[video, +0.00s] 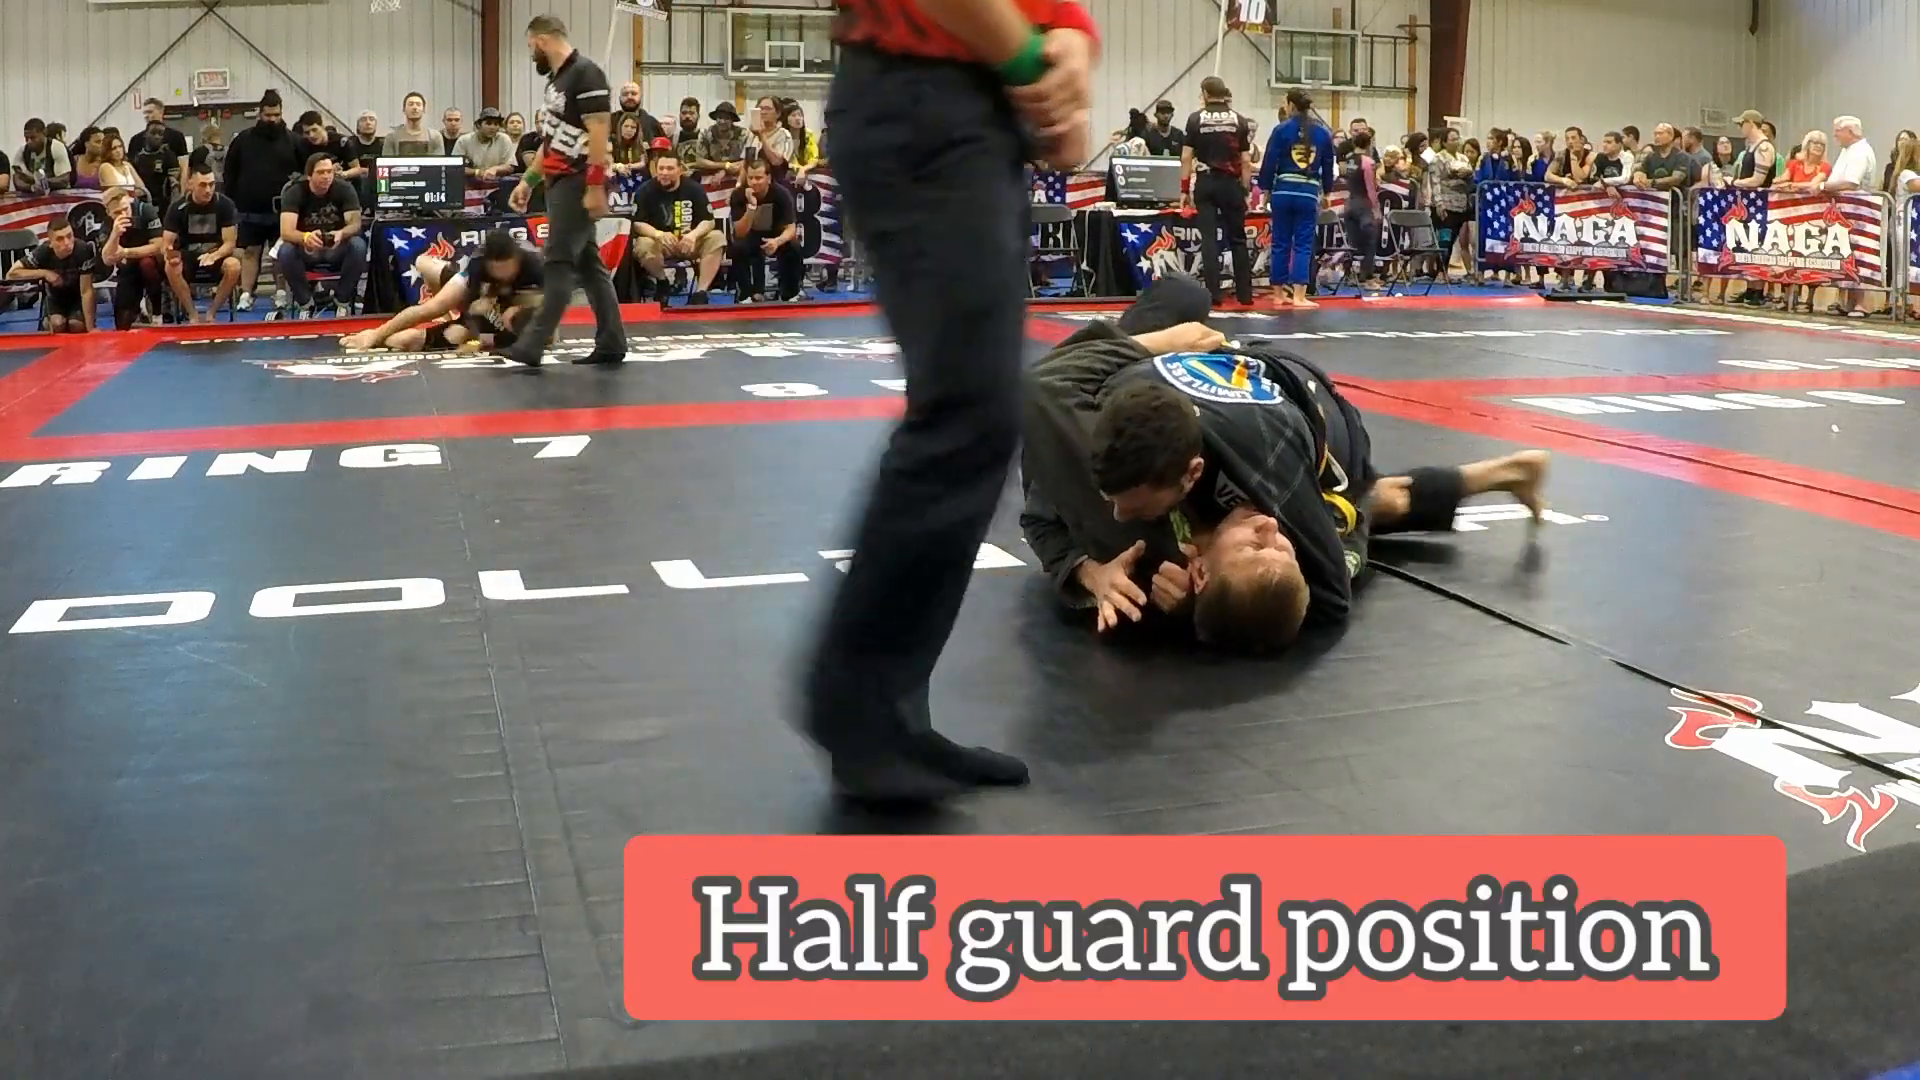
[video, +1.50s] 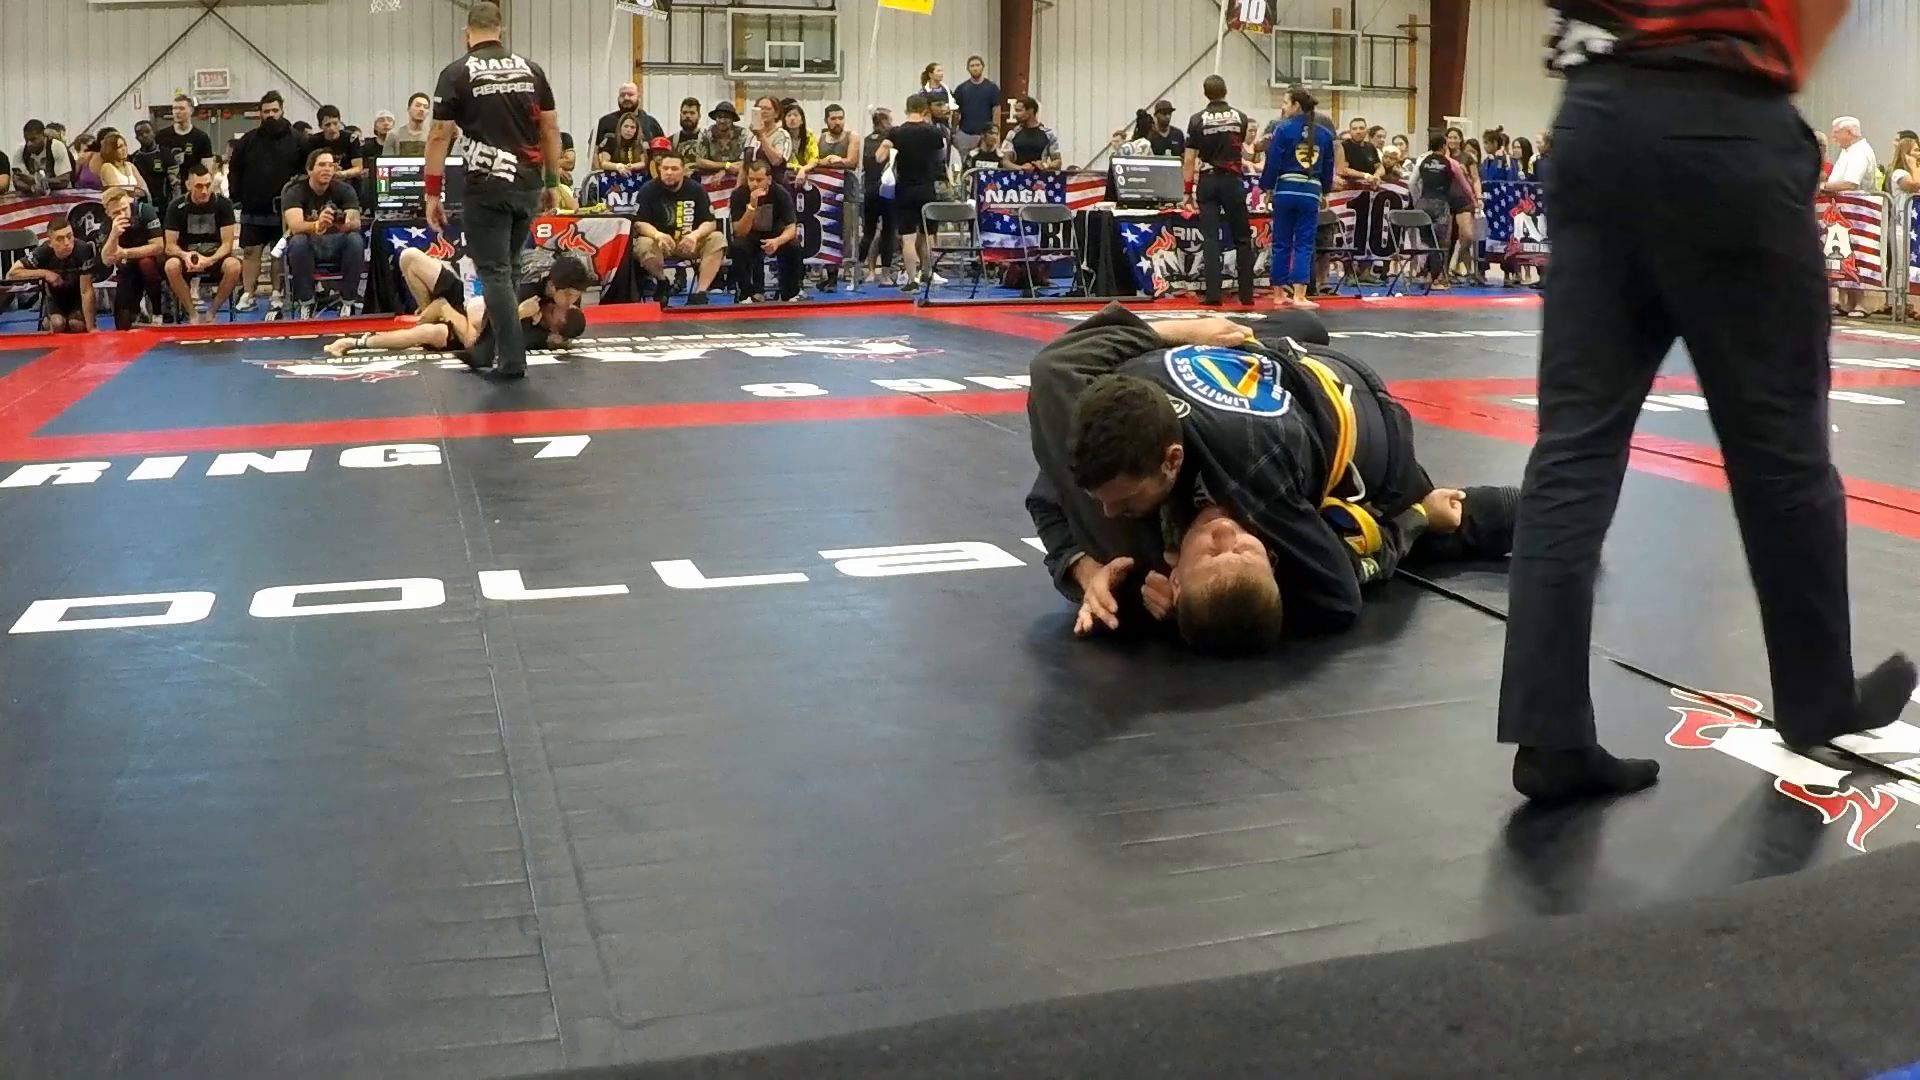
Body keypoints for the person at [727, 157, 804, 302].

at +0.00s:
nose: (754, 182)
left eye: (759, 178)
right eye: (751, 178)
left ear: (768, 178)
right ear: (746, 178)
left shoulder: (782, 194)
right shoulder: (738, 195)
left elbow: (791, 229)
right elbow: (739, 232)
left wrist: (777, 242)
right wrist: (751, 208)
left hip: (776, 236)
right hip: (752, 236)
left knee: (792, 249)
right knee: (738, 249)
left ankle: (789, 295)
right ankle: (745, 296)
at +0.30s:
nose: (754, 182)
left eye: (758, 178)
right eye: (750, 178)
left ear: (768, 178)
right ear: (746, 177)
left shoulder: (781, 194)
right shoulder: (738, 195)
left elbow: (791, 228)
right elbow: (739, 233)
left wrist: (777, 241)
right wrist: (751, 209)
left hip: (776, 236)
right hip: (752, 236)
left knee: (792, 248)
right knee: (738, 247)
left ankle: (790, 295)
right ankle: (745, 295)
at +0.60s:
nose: (754, 183)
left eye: (758, 179)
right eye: (751, 178)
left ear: (768, 179)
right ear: (746, 177)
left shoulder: (781, 194)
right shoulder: (738, 194)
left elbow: (791, 228)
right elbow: (740, 232)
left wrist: (777, 241)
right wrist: (751, 208)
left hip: (776, 236)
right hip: (752, 237)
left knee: (793, 248)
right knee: (737, 247)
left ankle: (789, 295)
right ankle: (745, 296)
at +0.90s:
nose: (755, 184)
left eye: (759, 179)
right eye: (751, 179)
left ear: (768, 179)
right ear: (746, 178)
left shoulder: (781, 194)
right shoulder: (738, 195)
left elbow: (791, 228)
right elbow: (740, 232)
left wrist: (778, 241)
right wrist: (751, 208)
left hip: (776, 236)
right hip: (751, 236)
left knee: (793, 248)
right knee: (737, 247)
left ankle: (789, 295)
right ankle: (746, 295)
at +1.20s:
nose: (755, 184)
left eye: (759, 180)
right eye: (751, 179)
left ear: (768, 179)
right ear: (747, 178)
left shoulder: (781, 194)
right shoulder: (739, 194)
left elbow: (791, 229)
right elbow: (739, 232)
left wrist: (777, 241)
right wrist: (751, 207)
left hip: (776, 236)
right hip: (751, 236)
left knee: (793, 248)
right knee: (738, 247)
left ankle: (789, 295)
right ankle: (745, 295)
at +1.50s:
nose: (755, 184)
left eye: (759, 180)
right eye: (751, 180)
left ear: (769, 179)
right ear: (746, 178)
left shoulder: (781, 194)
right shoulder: (739, 195)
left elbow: (791, 229)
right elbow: (739, 232)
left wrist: (777, 241)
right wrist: (751, 206)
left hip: (776, 236)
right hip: (751, 236)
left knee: (793, 247)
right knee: (738, 247)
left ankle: (789, 295)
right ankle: (746, 295)